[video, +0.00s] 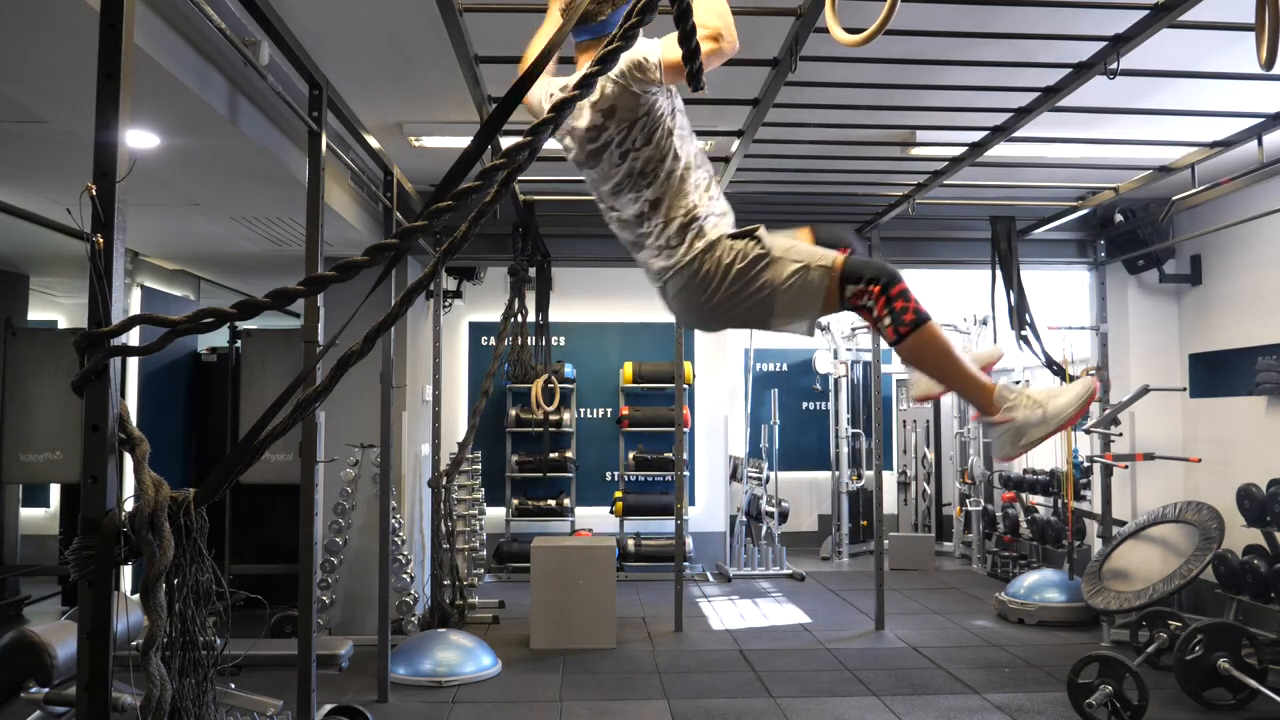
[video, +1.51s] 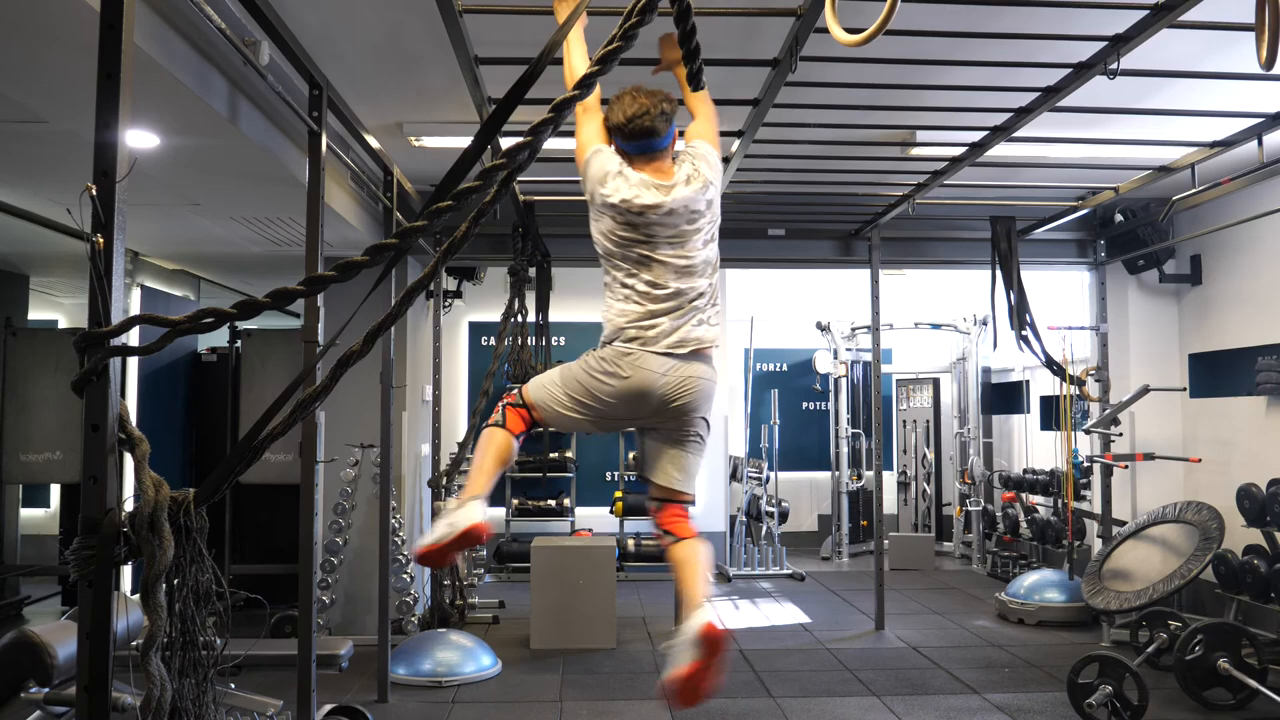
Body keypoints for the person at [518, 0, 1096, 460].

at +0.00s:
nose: (634, 29)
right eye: (629, 23)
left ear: (578, 41)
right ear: (620, 28)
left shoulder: (575, 102)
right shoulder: (628, 72)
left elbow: (532, 90)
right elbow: (720, 39)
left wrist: (550, 25)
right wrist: (703, 8)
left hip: (694, 265)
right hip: (709, 266)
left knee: (829, 243)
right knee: (869, 279)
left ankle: (936, 364)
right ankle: (1003, 411)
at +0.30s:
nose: (627, 29)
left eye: (623, 23)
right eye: (622, 21)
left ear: (553, 37)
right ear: (609, 28)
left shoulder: (539, 103)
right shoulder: (618, 70)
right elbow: (707, 40)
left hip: (586, 316)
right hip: (638, 291)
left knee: (718, 400)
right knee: (795, 392)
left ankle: (762, 540)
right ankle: (863, 558)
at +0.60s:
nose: (621, 28)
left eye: (617, 22)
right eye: (617, 20)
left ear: (553, 26)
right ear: (609, 25)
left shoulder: (521, 102)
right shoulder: (616, 75)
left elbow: (537, 61)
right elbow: (696, 49)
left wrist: (562, 21)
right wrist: (694, 2)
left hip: (542, 302)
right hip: (603, 290)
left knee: (596, 452)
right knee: (667, 448)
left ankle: (560, 601)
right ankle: (626, 621)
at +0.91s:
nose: (631, 76)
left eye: (623, 68)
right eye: (626, 68)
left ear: (560, 81)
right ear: (611, 76)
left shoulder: (539, 143)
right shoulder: (628, 115)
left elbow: (551, 89)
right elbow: (698, 45)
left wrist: (565, 40)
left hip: (555, 350)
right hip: (623, 350)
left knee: (555, 503)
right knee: (647, 517)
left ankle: (529, 655)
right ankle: (616, 686)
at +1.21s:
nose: (660, 115)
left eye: (653, 109)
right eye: (653, 111)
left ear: (591, 124)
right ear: (642, 123)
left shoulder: (575, 171)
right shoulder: (657, 160)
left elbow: (577, 89)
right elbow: (700, 65)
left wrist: (569, 19)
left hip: (594, 371)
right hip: (660, 374)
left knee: (556, 511)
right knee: (739, 507)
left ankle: (478, 585)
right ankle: (754, 647)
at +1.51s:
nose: (667, 146)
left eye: (628, 138)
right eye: (671, 136)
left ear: (621, 142)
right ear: (676, 138)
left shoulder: (605, 181)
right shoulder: (703, 178)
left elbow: (586, 96)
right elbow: (704, 114)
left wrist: (571, 24)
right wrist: (684, 63)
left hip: (625, 363)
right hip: (695, 374)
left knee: (516, 409)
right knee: (676, 513)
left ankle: (471, 506)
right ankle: (699, 615)